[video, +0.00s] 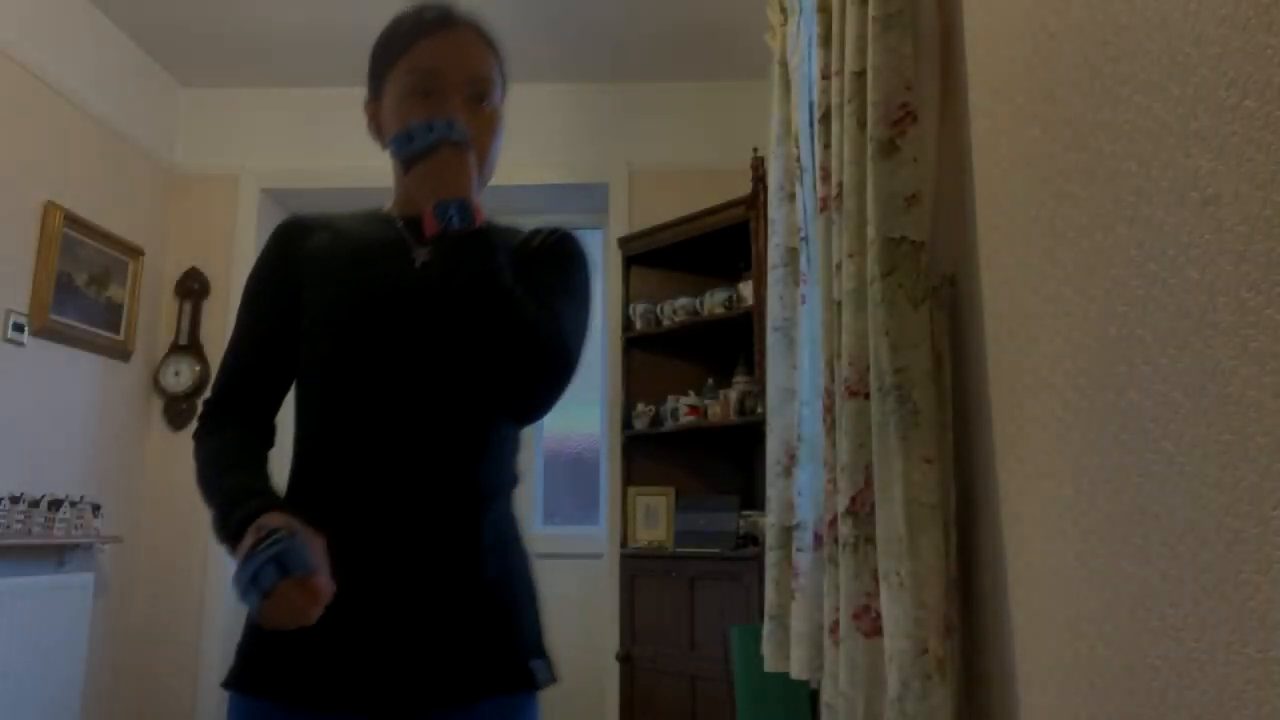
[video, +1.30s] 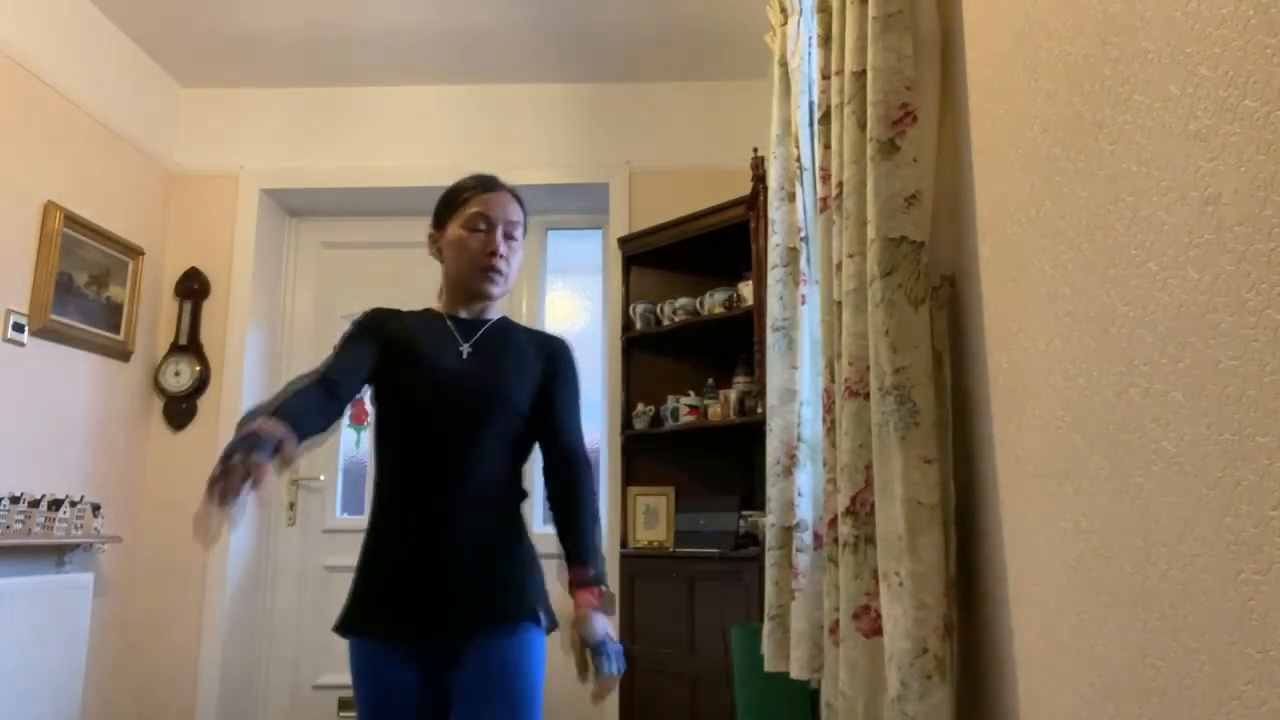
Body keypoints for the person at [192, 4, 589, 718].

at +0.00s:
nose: (455, 120)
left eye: (479, 98)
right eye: (426, 93)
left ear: (503, 122)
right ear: (377, 117)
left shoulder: (544, 260)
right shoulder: (306, 251)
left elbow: (527, 391)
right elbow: (229, 425)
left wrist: (456, 219)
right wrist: (259, 532)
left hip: (472, 651)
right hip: (313, 643)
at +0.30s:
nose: (427, 164)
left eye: (450, 144)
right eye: (401, 138)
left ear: (472, 170)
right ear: (358, 161)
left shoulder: (506, 295)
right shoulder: (292, 278)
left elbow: (486, 438)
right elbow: (232, 448)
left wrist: (429, 277)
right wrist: (195, 608)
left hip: (440, 628)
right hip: (297, 622)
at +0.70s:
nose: (464, 208)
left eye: (484, 194)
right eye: (443, 190)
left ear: (506, 222)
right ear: (411, 217)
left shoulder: (543, 324)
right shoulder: (367, 329)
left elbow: (534, 435)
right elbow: (313, 476)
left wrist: (438, 333)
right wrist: (242, 616)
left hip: (491, 620)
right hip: (373, 614)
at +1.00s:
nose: (497, 221)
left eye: (514, 209)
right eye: (477, 208)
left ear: (534, 234)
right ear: (449, 231)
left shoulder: (572, 334)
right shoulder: (406, 333)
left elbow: (574, 418)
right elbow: (371, 471)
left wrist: (458, 369)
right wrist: (329, 600)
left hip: (519, 604)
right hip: (413, 602)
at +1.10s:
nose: (501, 232)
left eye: (517, 219)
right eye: (481, 216)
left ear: (535, 242)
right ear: (449, 238)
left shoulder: (567, 341)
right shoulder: (403, 335)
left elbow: (576, 422)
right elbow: (349, 460)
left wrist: (477, 433)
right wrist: (285, 578)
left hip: (519, 609)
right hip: (412, 605)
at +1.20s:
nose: (499, 240)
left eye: (514, 229)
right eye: (481, 222)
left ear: (529, 250)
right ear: (444, 241)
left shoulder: (557, 352)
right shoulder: (397, 335)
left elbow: (570, 445)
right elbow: (323, 433)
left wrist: (548, 516)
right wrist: (247, 517)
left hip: (509, 608)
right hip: (406, 603)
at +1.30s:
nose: (498, 245)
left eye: (512, 234)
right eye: (479, 226)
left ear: (521, 254)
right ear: (437, 241)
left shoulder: (545, 357)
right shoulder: (385, 332)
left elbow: (571, 477)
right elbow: (329, 387)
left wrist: (588, 596)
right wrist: (269, 431)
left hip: (499, 609)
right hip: (392, 604)